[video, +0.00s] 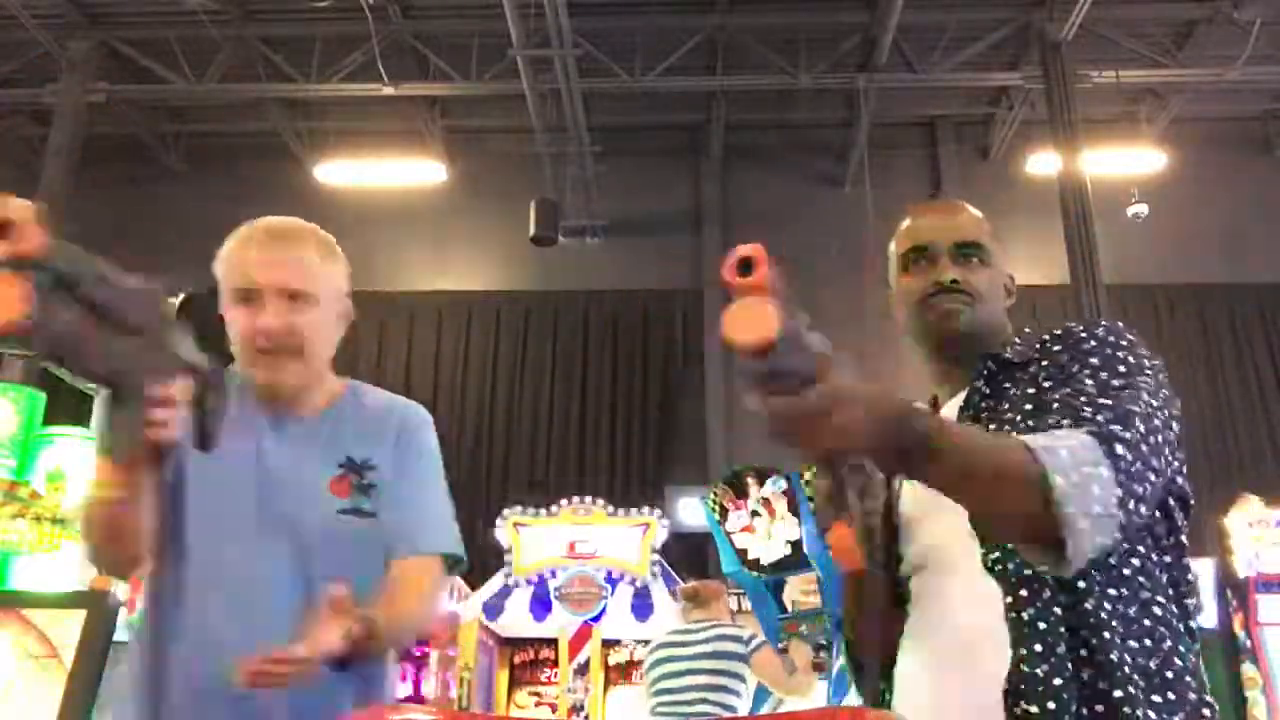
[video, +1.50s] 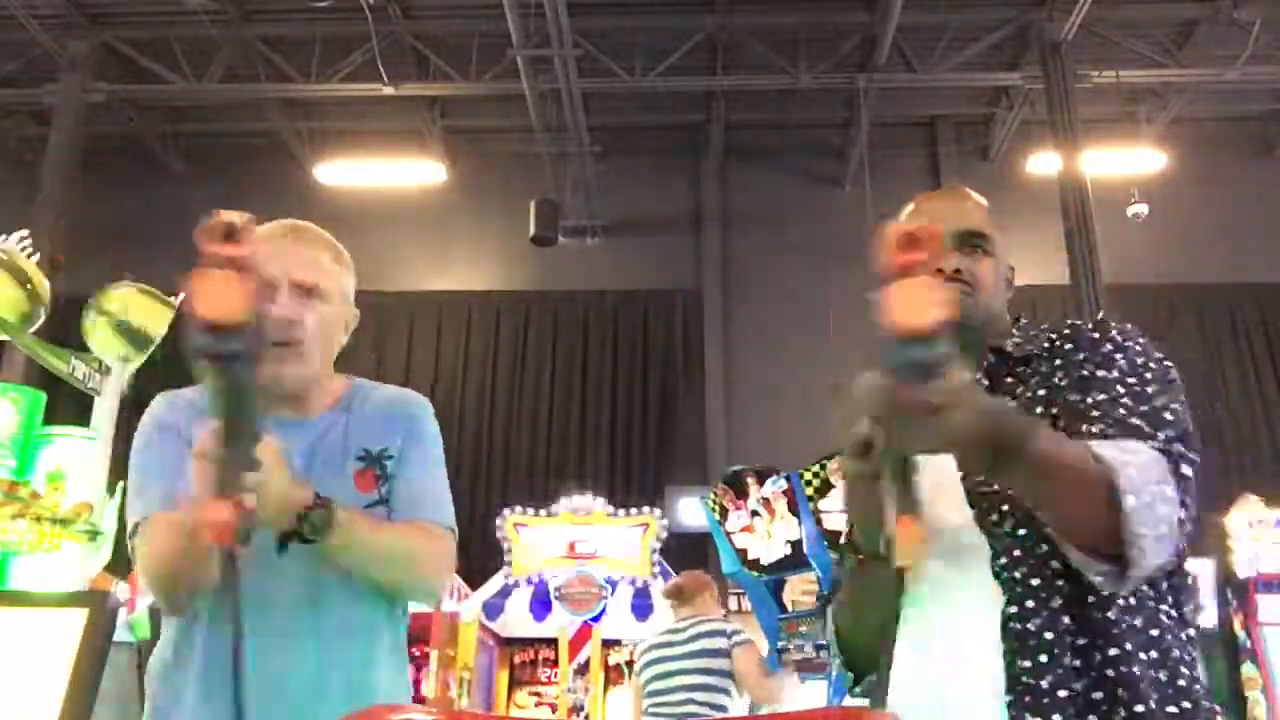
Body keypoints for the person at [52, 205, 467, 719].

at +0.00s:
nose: (270, 322)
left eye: (295, 299)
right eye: (248, 299)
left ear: (343, 314)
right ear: (222, 312)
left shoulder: (397, 429)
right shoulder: (178, 413)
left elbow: (417, 595)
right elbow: (116, 560)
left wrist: (353, 630)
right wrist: (134, 457)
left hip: (328, 708)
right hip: (172, 703)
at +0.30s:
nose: (217, 262)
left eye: (246, 237)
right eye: (195, 236)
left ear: (301, 258)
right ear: (169, 253)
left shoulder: (365, 391)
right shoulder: (116, 366)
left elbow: (400, 566)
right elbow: (32, 522)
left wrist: (334, 647)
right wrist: (66, 406)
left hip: (283, 711)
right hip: (110, 705)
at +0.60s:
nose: (297, 296)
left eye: (322, 277)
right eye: (276, 275)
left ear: (362, 303)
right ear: (245, 295)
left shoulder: (413, 422)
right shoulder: (195, 397)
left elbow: (466, 579)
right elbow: (131, 536)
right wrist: (141, 401)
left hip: (358, 711)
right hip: (190, 704)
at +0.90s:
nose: (299, 297)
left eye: (326, 277)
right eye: (278, 273)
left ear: (366, 305)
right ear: (244, 292)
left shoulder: (411, 407)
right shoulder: (181, 397)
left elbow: (429, 565)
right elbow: (145, 572)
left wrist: (289, 485)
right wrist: (186, 484)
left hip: (357, 706)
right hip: (198, 705)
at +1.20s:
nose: (307, 312)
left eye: (332, 294)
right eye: (285, 290)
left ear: (369, 319)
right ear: (253, 311)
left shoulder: (413, 421)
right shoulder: (200, 411)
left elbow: (426, 568)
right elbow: (169, 589)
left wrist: (279, 492)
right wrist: (162, 478)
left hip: (348, 707)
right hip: (204, 707)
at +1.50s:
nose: (280, 312)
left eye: (308, 293)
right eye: (261, 289)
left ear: (347, 325)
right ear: (228, 307)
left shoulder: (400, 419)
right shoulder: (175, 418)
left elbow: (431, 570)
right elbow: (168, 588)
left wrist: (302, 510)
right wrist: (208, 512)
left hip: (353, 708)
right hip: (199, 707)